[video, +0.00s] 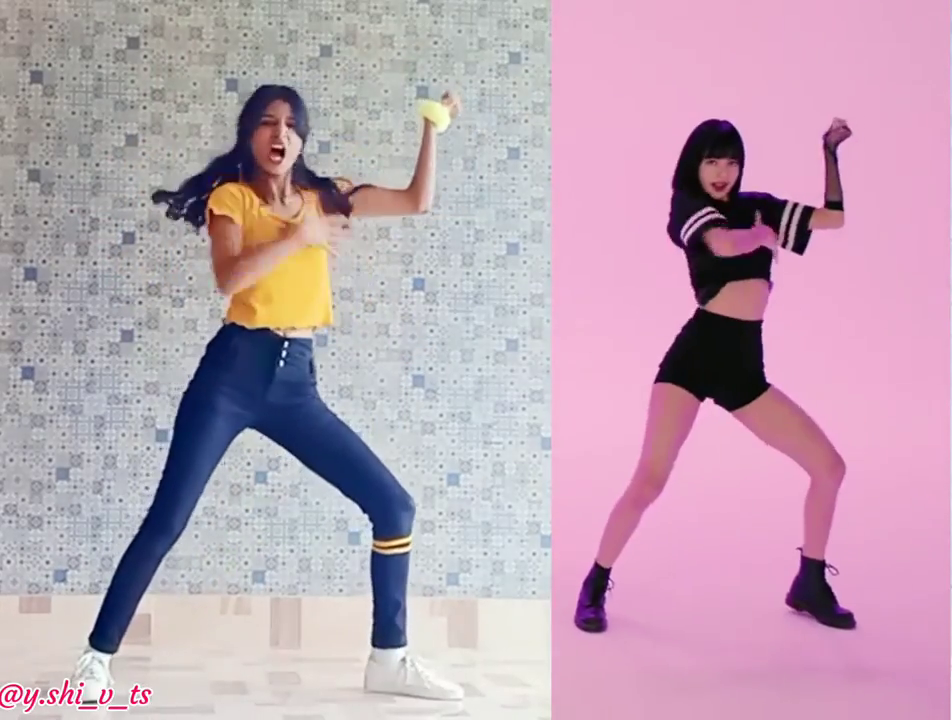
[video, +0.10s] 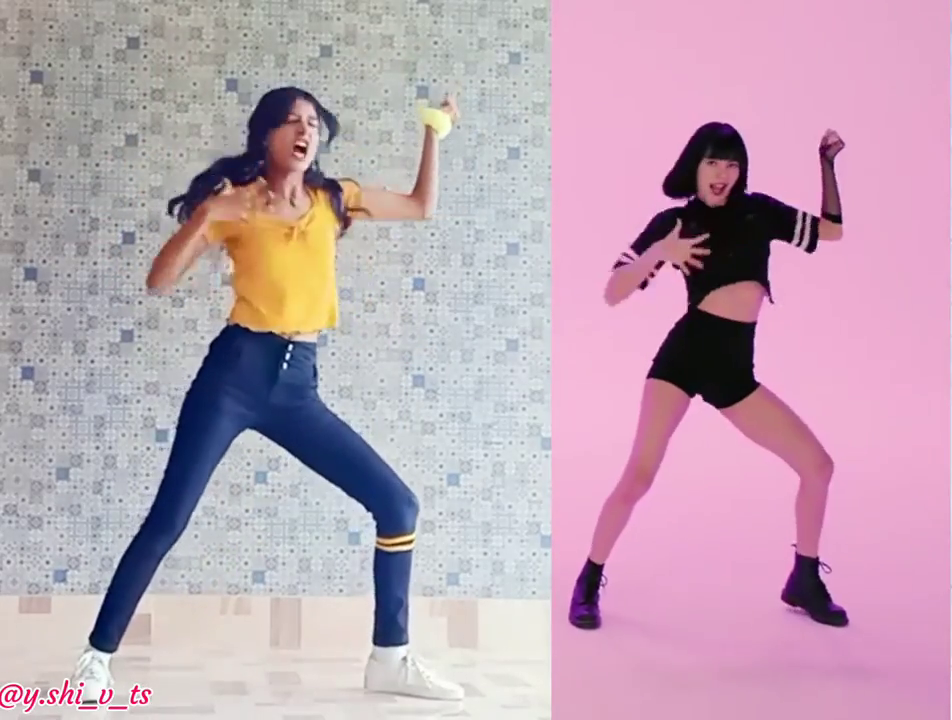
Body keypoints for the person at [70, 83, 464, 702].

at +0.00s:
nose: (280, 134)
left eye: (290, 126)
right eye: (267, 124)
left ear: (303, 138)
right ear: (246, 135)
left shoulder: (321, 197)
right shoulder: (231, 196)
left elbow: (415, 200)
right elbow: (231, 278)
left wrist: (429, 130)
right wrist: (304, 231)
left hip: (294, 387)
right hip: (230, 379)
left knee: (393, 505)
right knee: (166, 522)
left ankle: (389, 660)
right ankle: (95, 661)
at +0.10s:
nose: (305, 134)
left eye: (313, 126)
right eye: (292, 123)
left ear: (321, 142)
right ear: (263, 135)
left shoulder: (333, 198)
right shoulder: (231, 204)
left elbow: (420, 205)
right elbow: (159, 279)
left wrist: (431, 136)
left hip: (296, 388)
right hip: (233, 378)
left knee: (398, 506)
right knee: (166, 523)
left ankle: (390, 659)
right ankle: (95, 662)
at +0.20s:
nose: (297, 131)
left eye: (305, 122)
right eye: (284, 122)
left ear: (316, 136)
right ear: (260, 135)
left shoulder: (331, 194)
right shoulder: (235, 203)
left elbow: (422, 201)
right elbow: (191, 284)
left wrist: (434, 131)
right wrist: (243, 220)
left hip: (295, 387)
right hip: (230, 377)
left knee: (393, 505)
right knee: (165, 523)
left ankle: (390, 659)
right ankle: (95, 661)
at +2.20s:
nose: (288, 148)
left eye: (299, 139)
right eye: (278, 137)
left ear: (313, 153)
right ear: (260, 146)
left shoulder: (315, 224)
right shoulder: (219, 207)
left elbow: (324, 307)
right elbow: (161, 285)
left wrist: (389, 315)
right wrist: (96, 337)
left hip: (299, 376)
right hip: (231, 375)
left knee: (342, 505)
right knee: (161, 501)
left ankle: (366, 640)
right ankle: (98, 635)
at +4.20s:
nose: (377, 114)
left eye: (388, 106)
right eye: (381, 104)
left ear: (413, 121)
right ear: (425, 124)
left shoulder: (386, 172)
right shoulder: (429, 180)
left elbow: (311, 242)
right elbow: (370, 246)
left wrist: (360, 252)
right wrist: (335, 188)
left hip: (379, 345)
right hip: (415, 349)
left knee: (315, 491)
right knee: (416, 502)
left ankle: (285, 650)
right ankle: (450, 651)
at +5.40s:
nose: (376, 149)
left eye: (390, 139)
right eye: (367, 141)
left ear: (412, 150)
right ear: (359, 152)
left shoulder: (401, 211)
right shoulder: (357, 217)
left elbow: (350, 290)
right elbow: (300, 267)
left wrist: (321, 279)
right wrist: (294, 209)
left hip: (373, 371)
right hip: (388, 374)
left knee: (284, 497)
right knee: (366, 528)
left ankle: (273, 656)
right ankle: (444, 652)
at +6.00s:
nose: (337, 181)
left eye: (350, 176)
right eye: (341, 171)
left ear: (375, 198)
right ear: (373, 198)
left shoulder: (345, 233)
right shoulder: (372, 242)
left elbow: (333, 333)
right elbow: (290, 316)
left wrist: (323, 307)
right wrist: (279, 249)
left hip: (392, 414)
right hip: (421, 414)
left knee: (267, 500)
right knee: (359, 545)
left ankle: (268, 654)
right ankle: (448, 651)